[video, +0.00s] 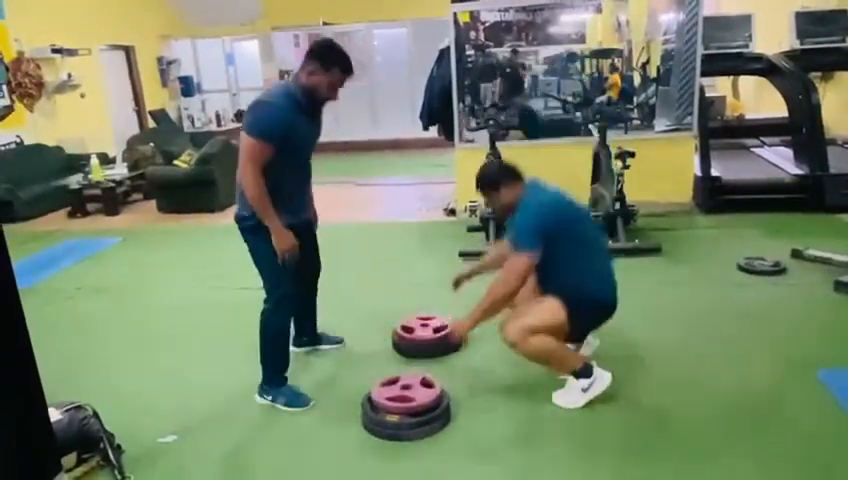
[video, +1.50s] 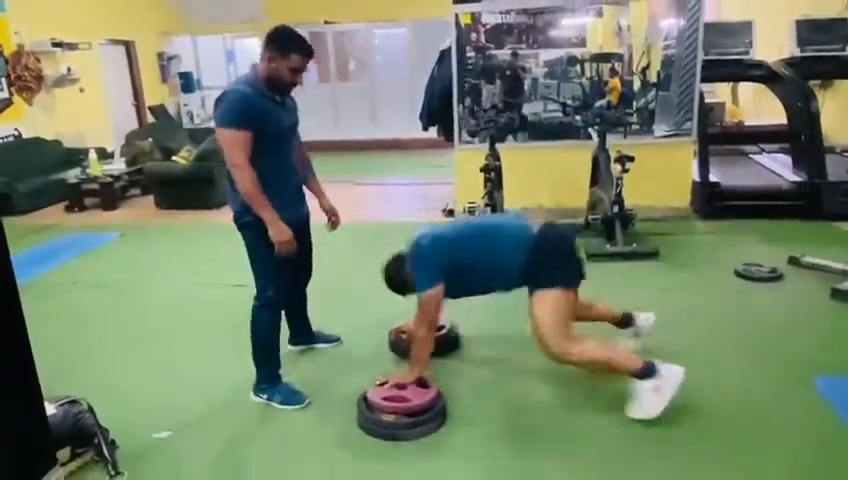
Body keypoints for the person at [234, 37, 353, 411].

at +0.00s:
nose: (337, 93)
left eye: (340, 85)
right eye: (336, 84)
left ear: (318, 74)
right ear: (313, 72)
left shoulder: (310, 106)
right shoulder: (271, 109)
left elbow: (295, 165)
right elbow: (248, 174)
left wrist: (305, 209)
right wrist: (275, 228)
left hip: (298, 214)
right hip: (263, 219)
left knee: (307, 273)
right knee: (282, 293)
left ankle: (305, 335)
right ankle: (272, 384)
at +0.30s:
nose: (308, 79)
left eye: (311, 71)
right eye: (305, 70)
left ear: (289, 64)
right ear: (281, 59)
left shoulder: (288, 99)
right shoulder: (250, 102)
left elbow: (302, 149)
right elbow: (252, 171)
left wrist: (328, 188)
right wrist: (278, 227)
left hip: (296, 211)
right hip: (266, 217)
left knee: (298, 279)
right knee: (274, 294)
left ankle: (303, 335)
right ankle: (270, 383)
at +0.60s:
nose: (298, 75)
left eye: (300, 67)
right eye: (294, 66)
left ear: (277, 60)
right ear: (269, 56)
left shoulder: (277, 95)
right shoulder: (241, 100)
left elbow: (293, 149)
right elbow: (246, 167)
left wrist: (327, 185)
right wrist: (284, 215)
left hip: (292, 207)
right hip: (263, 214)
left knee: (296, 277)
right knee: (271, 293)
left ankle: (303, 334)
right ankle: (269, 382)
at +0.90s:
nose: (298, 78)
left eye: (300, 70)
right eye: (293, 69)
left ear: (277, 63)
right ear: (269, 60)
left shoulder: (277, 98)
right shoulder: (235, 101)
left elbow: (288, 157)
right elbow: (238, 168)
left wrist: (306, 202)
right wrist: (270, 219)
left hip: (292, 209)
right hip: (261, 216)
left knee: (296, 279)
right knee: (269, 294)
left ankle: (302, 333)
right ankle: (267, 381)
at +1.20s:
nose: (295, 69)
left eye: (297, 61)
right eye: (290, 61)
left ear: (277, 57)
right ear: (265, 53)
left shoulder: (280, 96)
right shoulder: (235, 99)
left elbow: (292, 150)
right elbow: (235, 166)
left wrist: (312, 195)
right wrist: (265, 218)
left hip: (289, 207)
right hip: (258, 214)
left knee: (294, 276)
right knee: (267, 294)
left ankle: (300, 332)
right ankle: (266, 380)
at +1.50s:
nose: (300, 78)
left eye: (303, 71)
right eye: (294, 70)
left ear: (280, 64)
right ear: (269, 60)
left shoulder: (283, 100)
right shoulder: (236, 102)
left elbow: (296, 153)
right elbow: (239, 171)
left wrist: (321, 198)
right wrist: (273, 222)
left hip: (292, 208)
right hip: (260, 216)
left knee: (297, 276)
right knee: (270, 295)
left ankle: (300, 333)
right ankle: (266, 382)